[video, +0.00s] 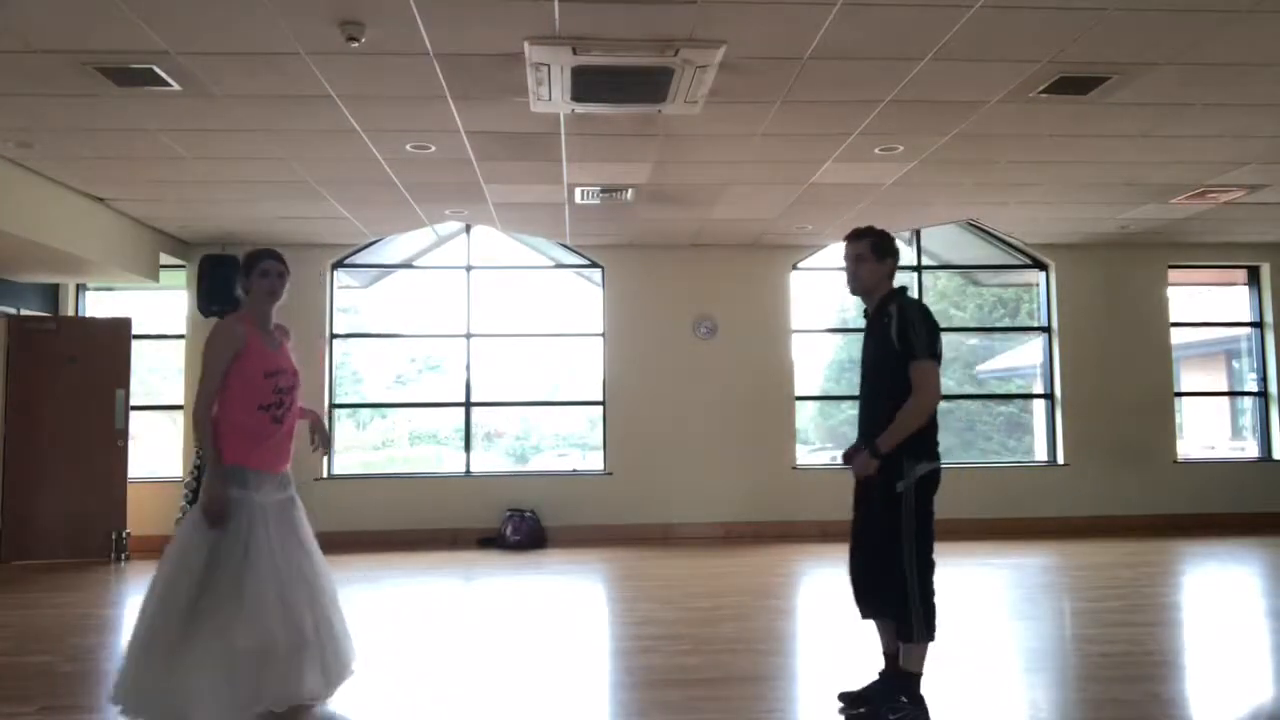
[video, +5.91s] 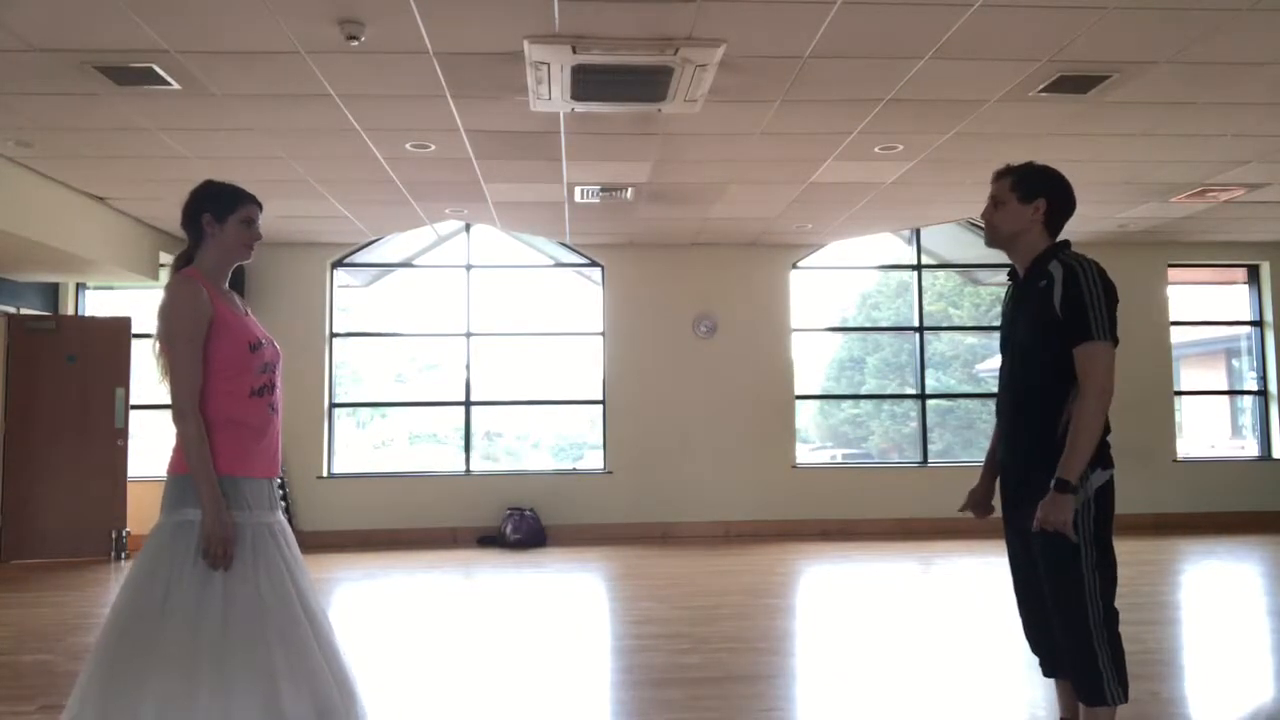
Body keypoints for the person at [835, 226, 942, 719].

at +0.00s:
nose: (849, 272)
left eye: (858, 263)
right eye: (848, 263)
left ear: (886, 266)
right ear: (859, 269)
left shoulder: (910, 314)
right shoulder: (878, 319)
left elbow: (927, 394)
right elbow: (884, 393)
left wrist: (875, 449)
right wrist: (865, 443)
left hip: (909, 465)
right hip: (879, 463)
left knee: (907, 569)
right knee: (872, 567)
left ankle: (909, 690)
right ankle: (892, 677)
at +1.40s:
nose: (896, 246)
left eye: (906, 236)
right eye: (894, 237)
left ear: (939, 241)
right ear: (896, 244)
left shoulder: (976, 301)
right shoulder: (903, 312)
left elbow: (998, 395)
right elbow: (907, 397)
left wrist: (965, 472)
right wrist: (877, 465)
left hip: (971, 473)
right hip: (912, 472)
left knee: (977, 594)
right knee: (907, 595)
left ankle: (983, 710)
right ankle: (922, 710)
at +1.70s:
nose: (934, 239)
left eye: (946, 227)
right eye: (927, 229)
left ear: (973, 233)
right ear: (920, 237)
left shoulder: (1010, 299)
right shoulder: (918, 311)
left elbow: (1040, 394)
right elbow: (904, 401)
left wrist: (1024, 474)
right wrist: (870, 475)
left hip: (994, 479)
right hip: (931, 479)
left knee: (1010, 614)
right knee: (914, 609)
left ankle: (1052, 714)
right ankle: (925, 712)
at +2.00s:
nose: (969, 222)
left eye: (983, 210)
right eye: (964, 212)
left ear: (1019, 218)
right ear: (962, 222)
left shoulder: (1060, 281)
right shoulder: (975, 301)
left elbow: (1099, 380)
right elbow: (977, 398)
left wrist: (1098, 481)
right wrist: (938, 475)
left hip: (1051, 480)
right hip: (987, 480)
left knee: (1065, 622)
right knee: (971, 608)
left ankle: (1082, 713)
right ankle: (982, 713)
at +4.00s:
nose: (994, 212)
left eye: (1009, 203)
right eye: (998, 203)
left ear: (1048, 212)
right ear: (1034, 215)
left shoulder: (1081, 274)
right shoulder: (1021, 293)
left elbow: (1100, 385)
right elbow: (1018, 398)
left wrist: (1062, 479)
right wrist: (986, 478)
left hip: (1068, 485)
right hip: (1025, 482)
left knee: (1081, 634)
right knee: (1052, 632)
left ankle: (1095, 715)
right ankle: (1069, 713)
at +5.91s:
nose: (984, 212)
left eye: (997, 202)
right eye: (988, 201)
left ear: (1037, 210)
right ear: (1025, 214)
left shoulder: (1076, 273)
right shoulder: (1019, 289)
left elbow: (1097, 388)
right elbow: (1017, 395)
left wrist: (1065, 487)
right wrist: (988, 477)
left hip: (1068, 484)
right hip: (1025, 483)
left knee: (1085, 633)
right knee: (1052, 631)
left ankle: (1099, 714)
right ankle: (1070, 712)